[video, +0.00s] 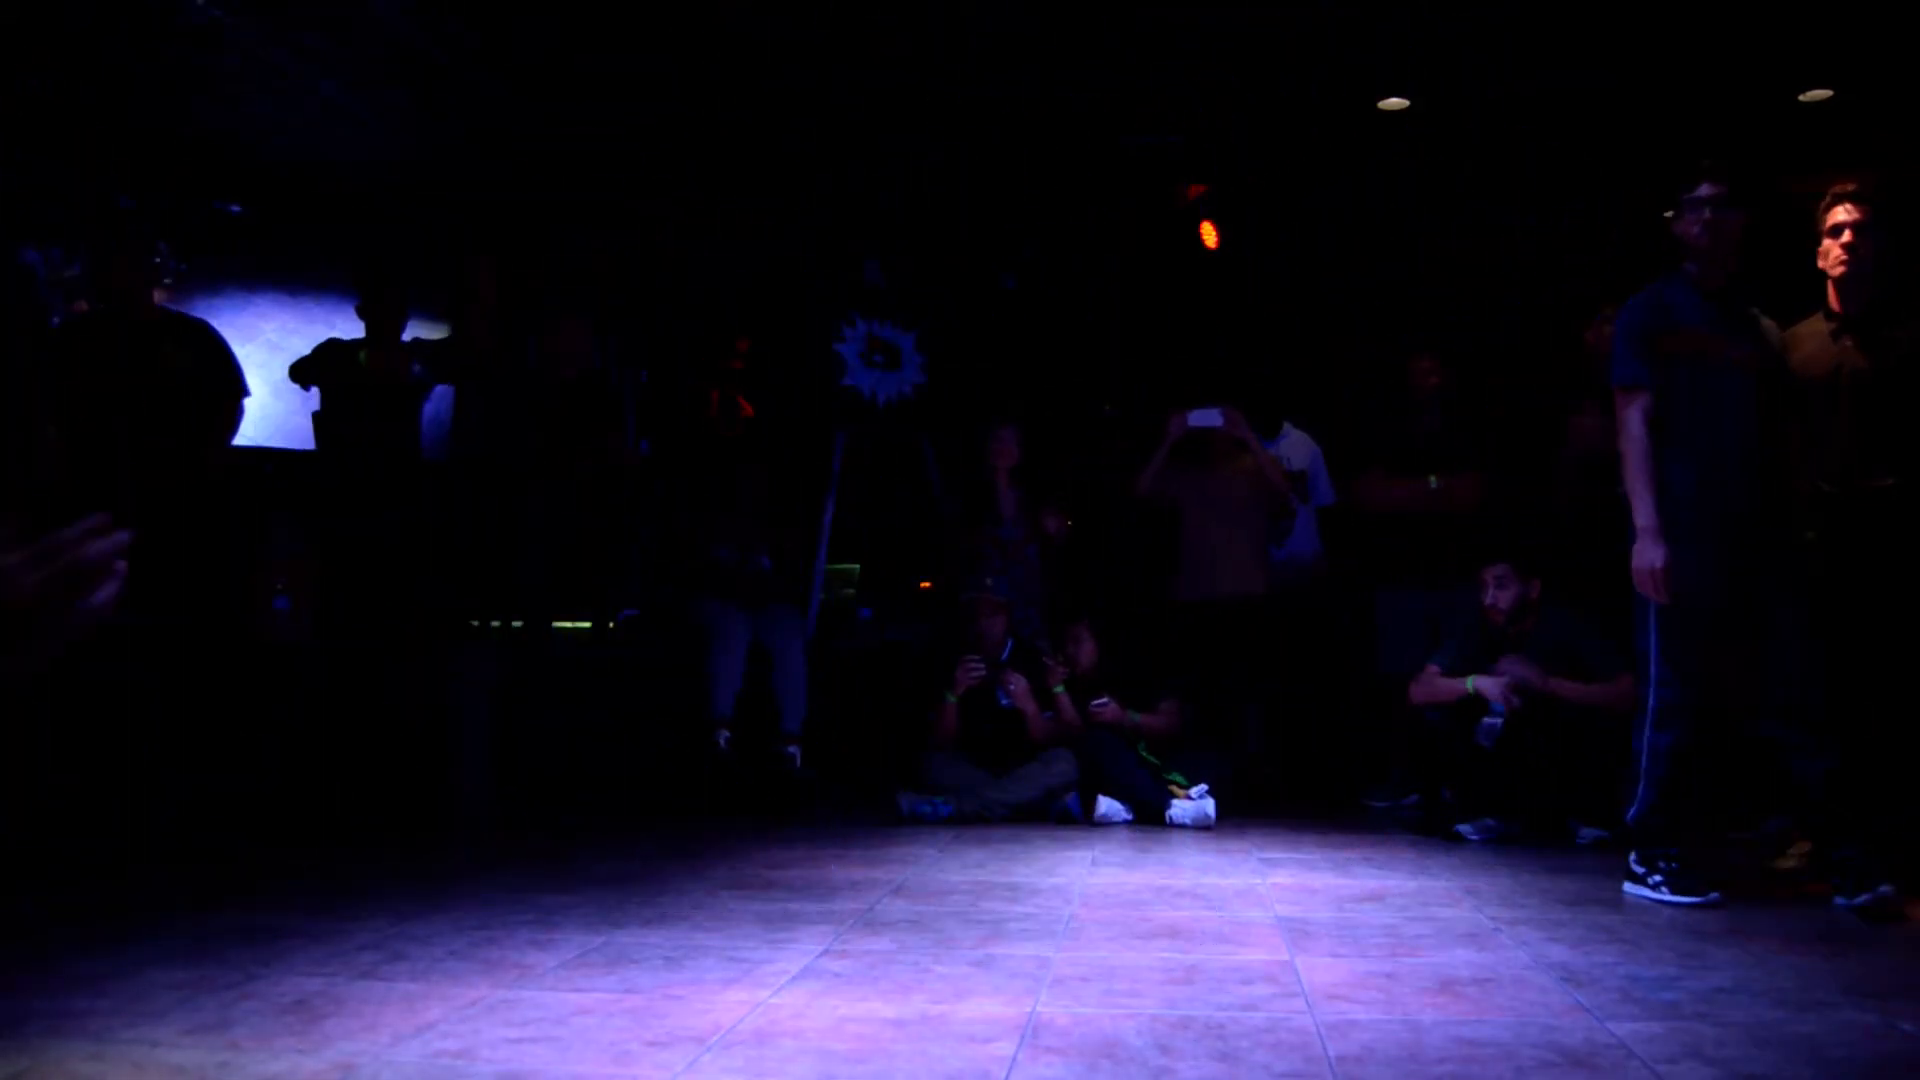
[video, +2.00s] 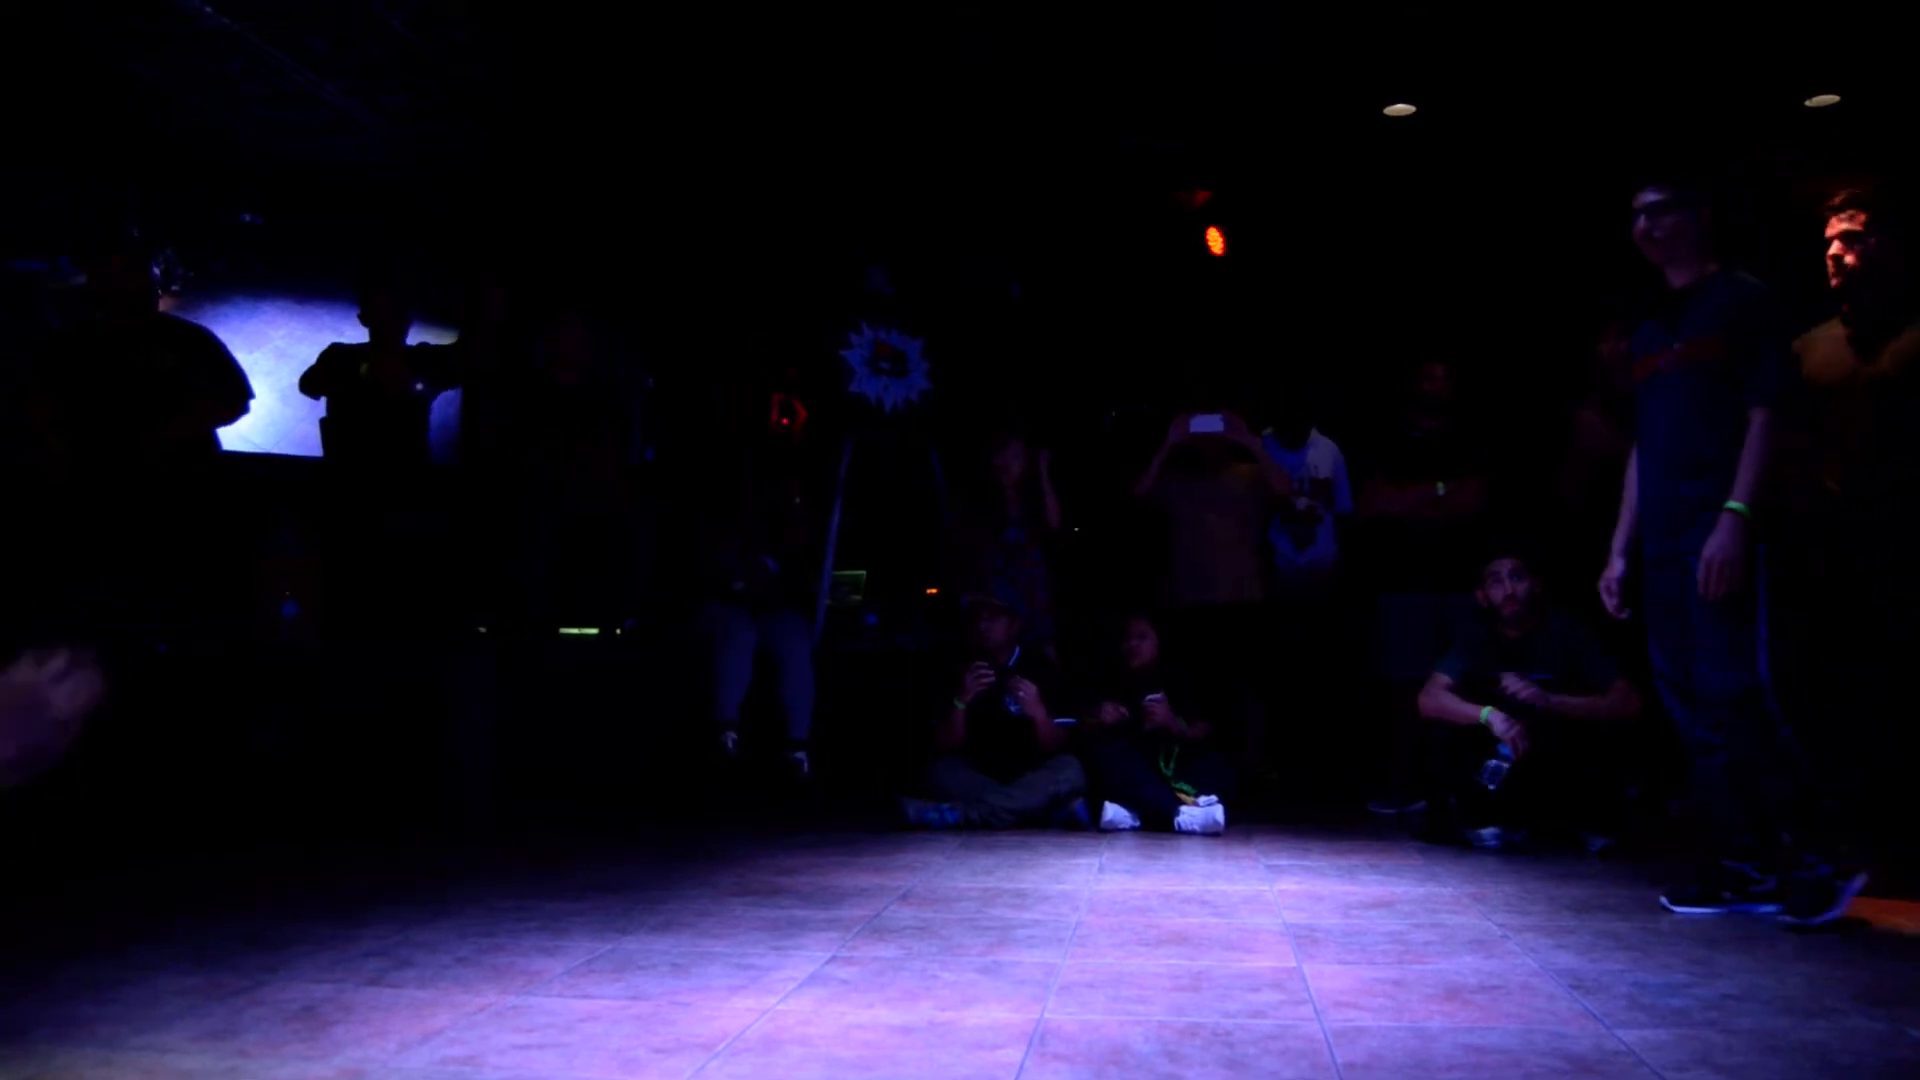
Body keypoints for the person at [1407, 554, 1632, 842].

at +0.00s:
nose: (1489, 598)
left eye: (1501, 587)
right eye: (1485, 588)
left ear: (1531, 590)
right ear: (1479, 591)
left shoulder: (1564, 633)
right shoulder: (1477, 633)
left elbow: (1624, 693)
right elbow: (1420, 690)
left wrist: (1544, 684)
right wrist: (1476, 684)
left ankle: (1590, 816)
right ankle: (1492, 815)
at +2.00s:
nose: (1508, 589)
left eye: (1517, 578)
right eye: (1496, 581)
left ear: (1534, 585)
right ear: (1483, 595)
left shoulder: (1566, 634)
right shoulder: (1478, 638)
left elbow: (1624, 702)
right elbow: (1430, 699)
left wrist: (1547, 700)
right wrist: (1488, 716)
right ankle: (1485, 821)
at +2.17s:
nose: (1530, 597)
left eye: (1538, 584)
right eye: (1518, 588)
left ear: (1554, 590)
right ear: (1505, 599)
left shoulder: (1588, 639)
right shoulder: (1497, 640)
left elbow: (1645, 702)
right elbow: (1451, 700)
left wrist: (1557, 709)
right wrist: (1518, 712)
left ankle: (1612, 826)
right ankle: (1510, 822)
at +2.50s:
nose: (1563, 597)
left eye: (1572, 584)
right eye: (1551, 588)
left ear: (1589, 589)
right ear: (1538, 598)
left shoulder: (1618, 639)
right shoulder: (1529, 639)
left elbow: (1652, 704)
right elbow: (1484, 699)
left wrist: (1592, 701)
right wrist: (1550, 705)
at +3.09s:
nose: (1572, 595)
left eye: (1577, 584)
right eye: (1562, 586)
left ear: (1592, 581)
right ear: (1549, 587)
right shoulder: (1553, 631)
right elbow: (1506, 692)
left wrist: (1607, 663)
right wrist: (1564, 707)